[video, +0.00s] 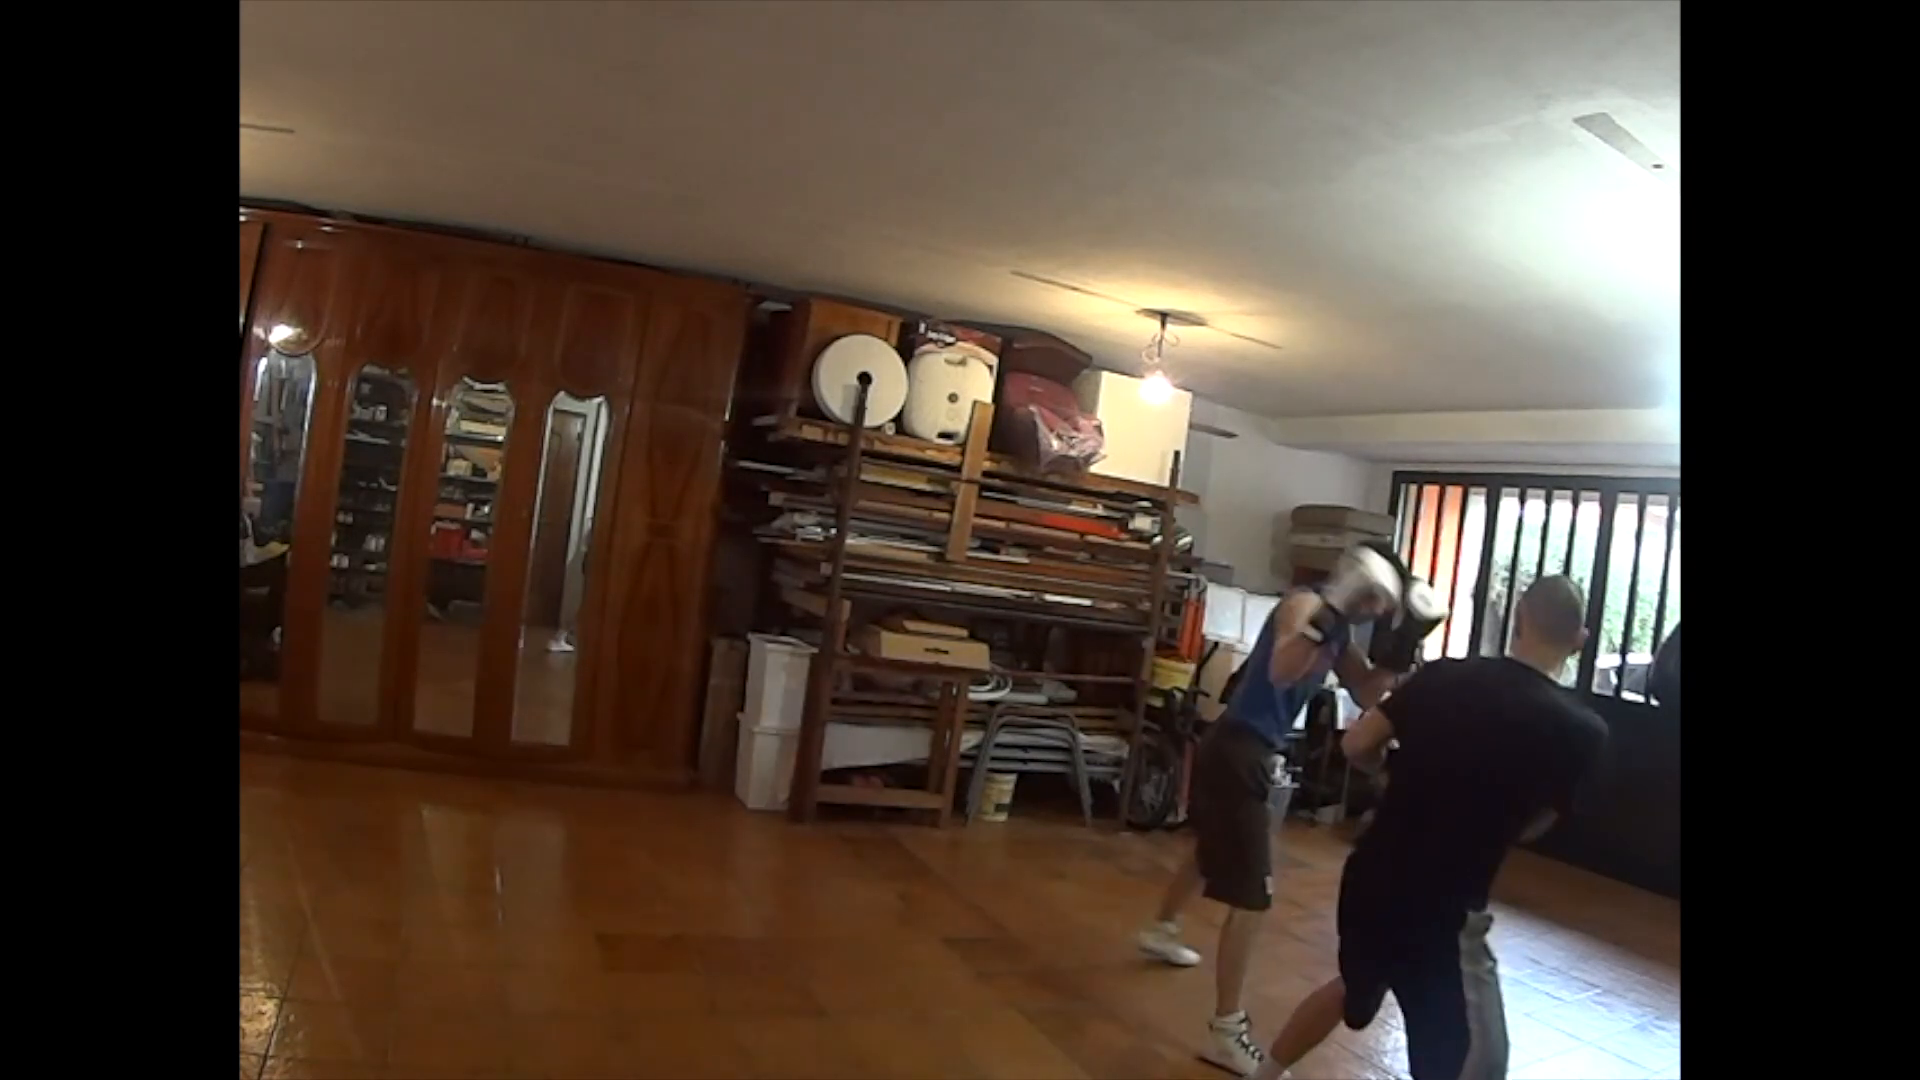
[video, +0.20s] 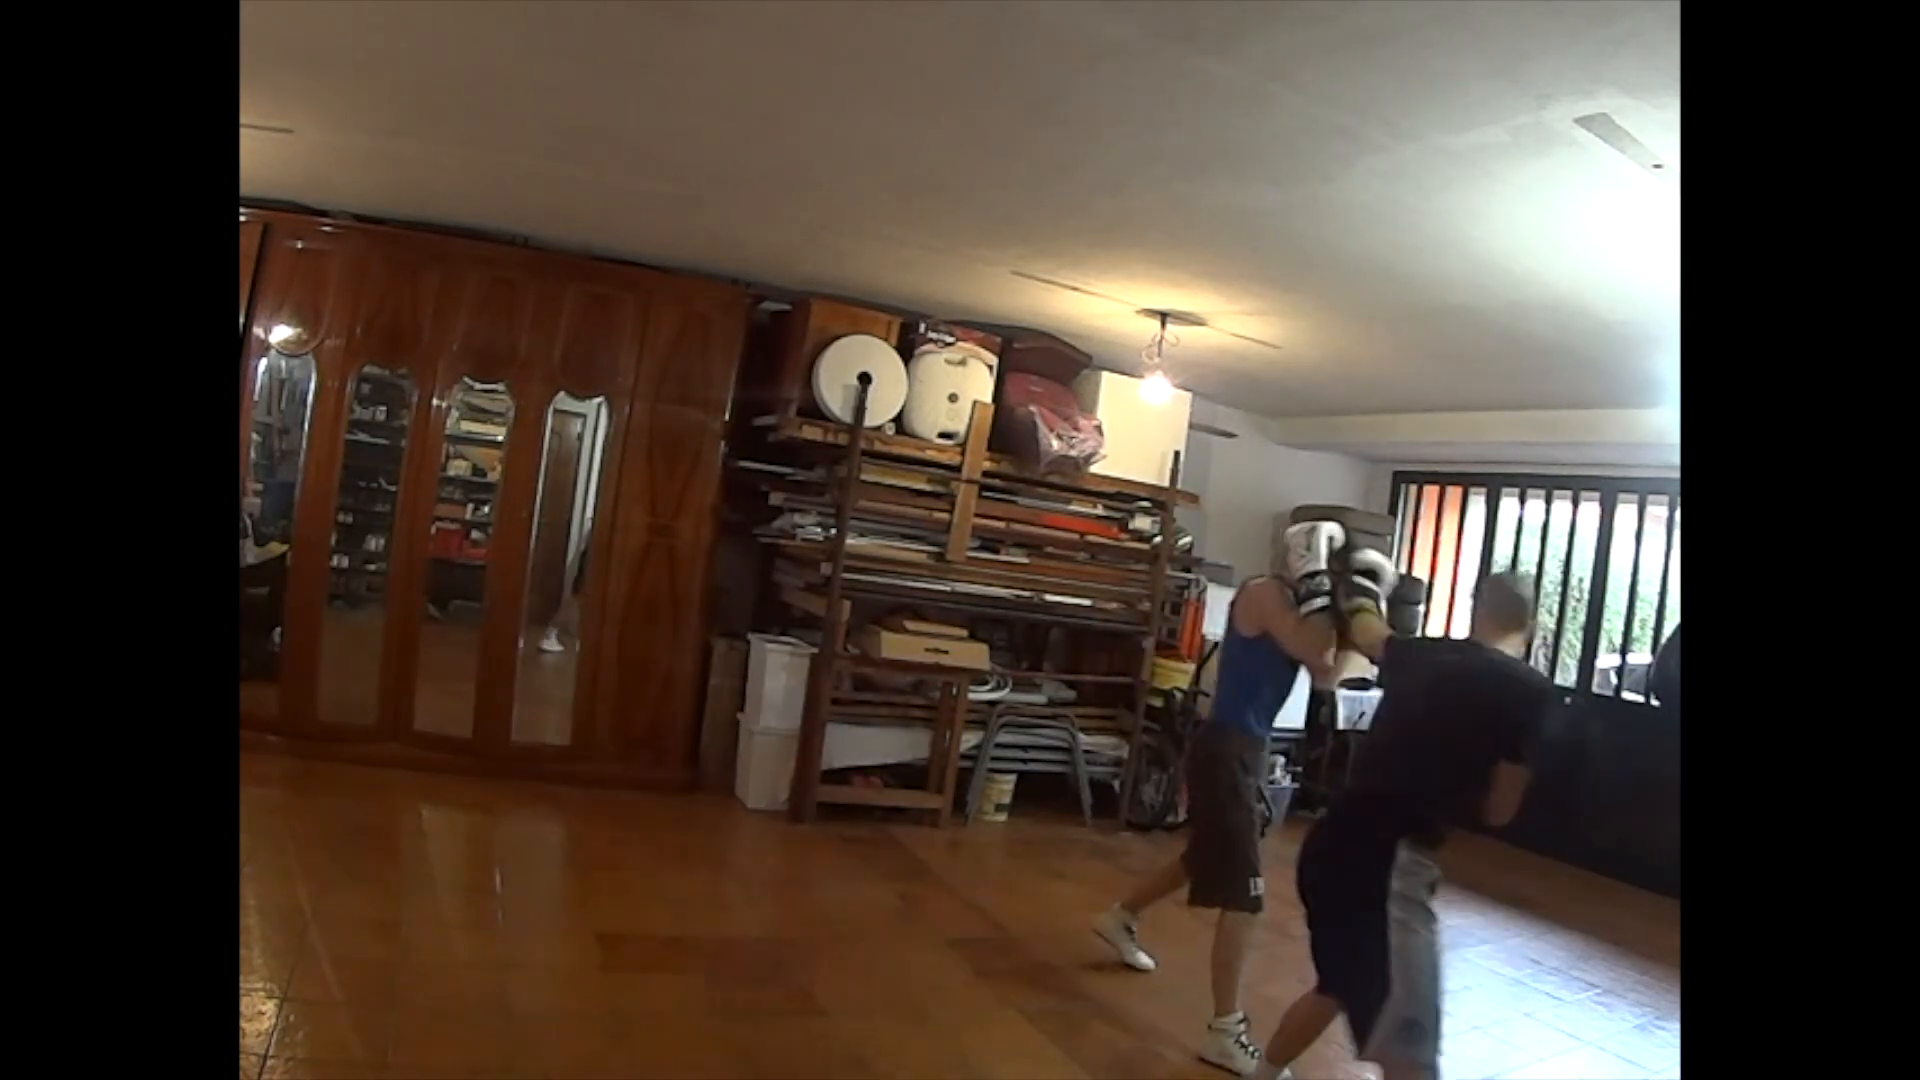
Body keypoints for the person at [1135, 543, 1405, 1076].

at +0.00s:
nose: (1376, 615)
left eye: (1382, 611)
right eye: (1377, 605)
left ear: (1366, 600)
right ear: (1359, 588)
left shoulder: (1337, 630)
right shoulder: (1301, 605)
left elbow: (1370, 692)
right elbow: (1285, 670)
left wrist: (1405, 644)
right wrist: (1333, 616)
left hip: (1252, 750)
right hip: (1236, 750)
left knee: (1207, 848)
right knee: (1251, 897)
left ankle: (1160, 928)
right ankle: (1226, 1026)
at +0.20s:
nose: (1326, 569)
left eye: (1328, 558)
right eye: (1323, 556)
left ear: (1304, 559)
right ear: (1304, 556)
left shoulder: (1295, 607)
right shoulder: (1263, 592)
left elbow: (1327, 674)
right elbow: (1313, 652)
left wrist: (1342, 605)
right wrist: (1329, 598)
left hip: (1247, 753)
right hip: (1226, 751)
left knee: (1203, 860)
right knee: (1241, 896)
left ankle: (1119, 918)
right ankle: (1225, 1028)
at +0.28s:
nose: (1315, 565)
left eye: (1316, 555)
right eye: (1310, 552)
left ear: (1299, 563)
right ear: (1289, 555)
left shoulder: (1282, 611)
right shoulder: (1247, 595)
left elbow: (1314, 675)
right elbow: (1296, 649)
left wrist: (1361, 643)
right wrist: (1310, 597)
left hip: (1237, 757)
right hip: (1215, 755)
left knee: (1201, 861)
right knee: (1243, 897)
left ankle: (1116, 920)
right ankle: (1225, 1029)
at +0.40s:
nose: (1286, 582)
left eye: (1290, 574)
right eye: (1283, 569)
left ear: (1285, 578)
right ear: (1260, 561)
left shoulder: (1263, 617)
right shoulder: (1213, 595)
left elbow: (1276, 679)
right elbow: (1229, 656)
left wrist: (1303, 628)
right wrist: (1256, 599)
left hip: (1224, 750)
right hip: (1192, 745)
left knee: (1178, 861)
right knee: (1208, 885)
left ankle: (1105, 927)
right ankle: (1213, 1020)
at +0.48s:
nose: (1277, 582)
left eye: (1281, 575)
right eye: (1275, 571)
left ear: (1274, 579)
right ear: (1253, 560)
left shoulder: (1253, 617)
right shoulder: (1199, 593)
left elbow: (1266, 679)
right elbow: (1189, 654)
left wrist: (1294, 626)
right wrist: (1233, 611)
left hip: (1214, 743)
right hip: (1181, 740)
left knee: (1173, 855)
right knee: (1190, 873)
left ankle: (1104, 925)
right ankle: (1196, 1011)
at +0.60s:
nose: (1258, 566)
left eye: (1268, 561)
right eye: (1253, 554)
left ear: (1272, 565)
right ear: (1231, 543)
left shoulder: (1246, 606)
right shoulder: (1187, 579)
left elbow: (1254, 673)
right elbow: (1131, 645)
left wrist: (1286, 612)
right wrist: (1183, 608)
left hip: (1197, 729)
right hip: (1170, 723)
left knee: (1163, 843)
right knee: (1174, 857)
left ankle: (1105, 923)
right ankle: (1136, 991)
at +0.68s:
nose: (1251, 564)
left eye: (1260, 557)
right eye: (1245, 551)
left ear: (1263, 558)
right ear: (1222, 541)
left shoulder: (1236, 598)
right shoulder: (1179, 577)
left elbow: (1246, 675)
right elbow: (1118, 645)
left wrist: (1282, 614)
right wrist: (1168, 614)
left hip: (1192, 729)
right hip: (1164, 723)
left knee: (1154, 843)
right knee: (1168, 859)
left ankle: (1107, 931)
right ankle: (1094, 981)